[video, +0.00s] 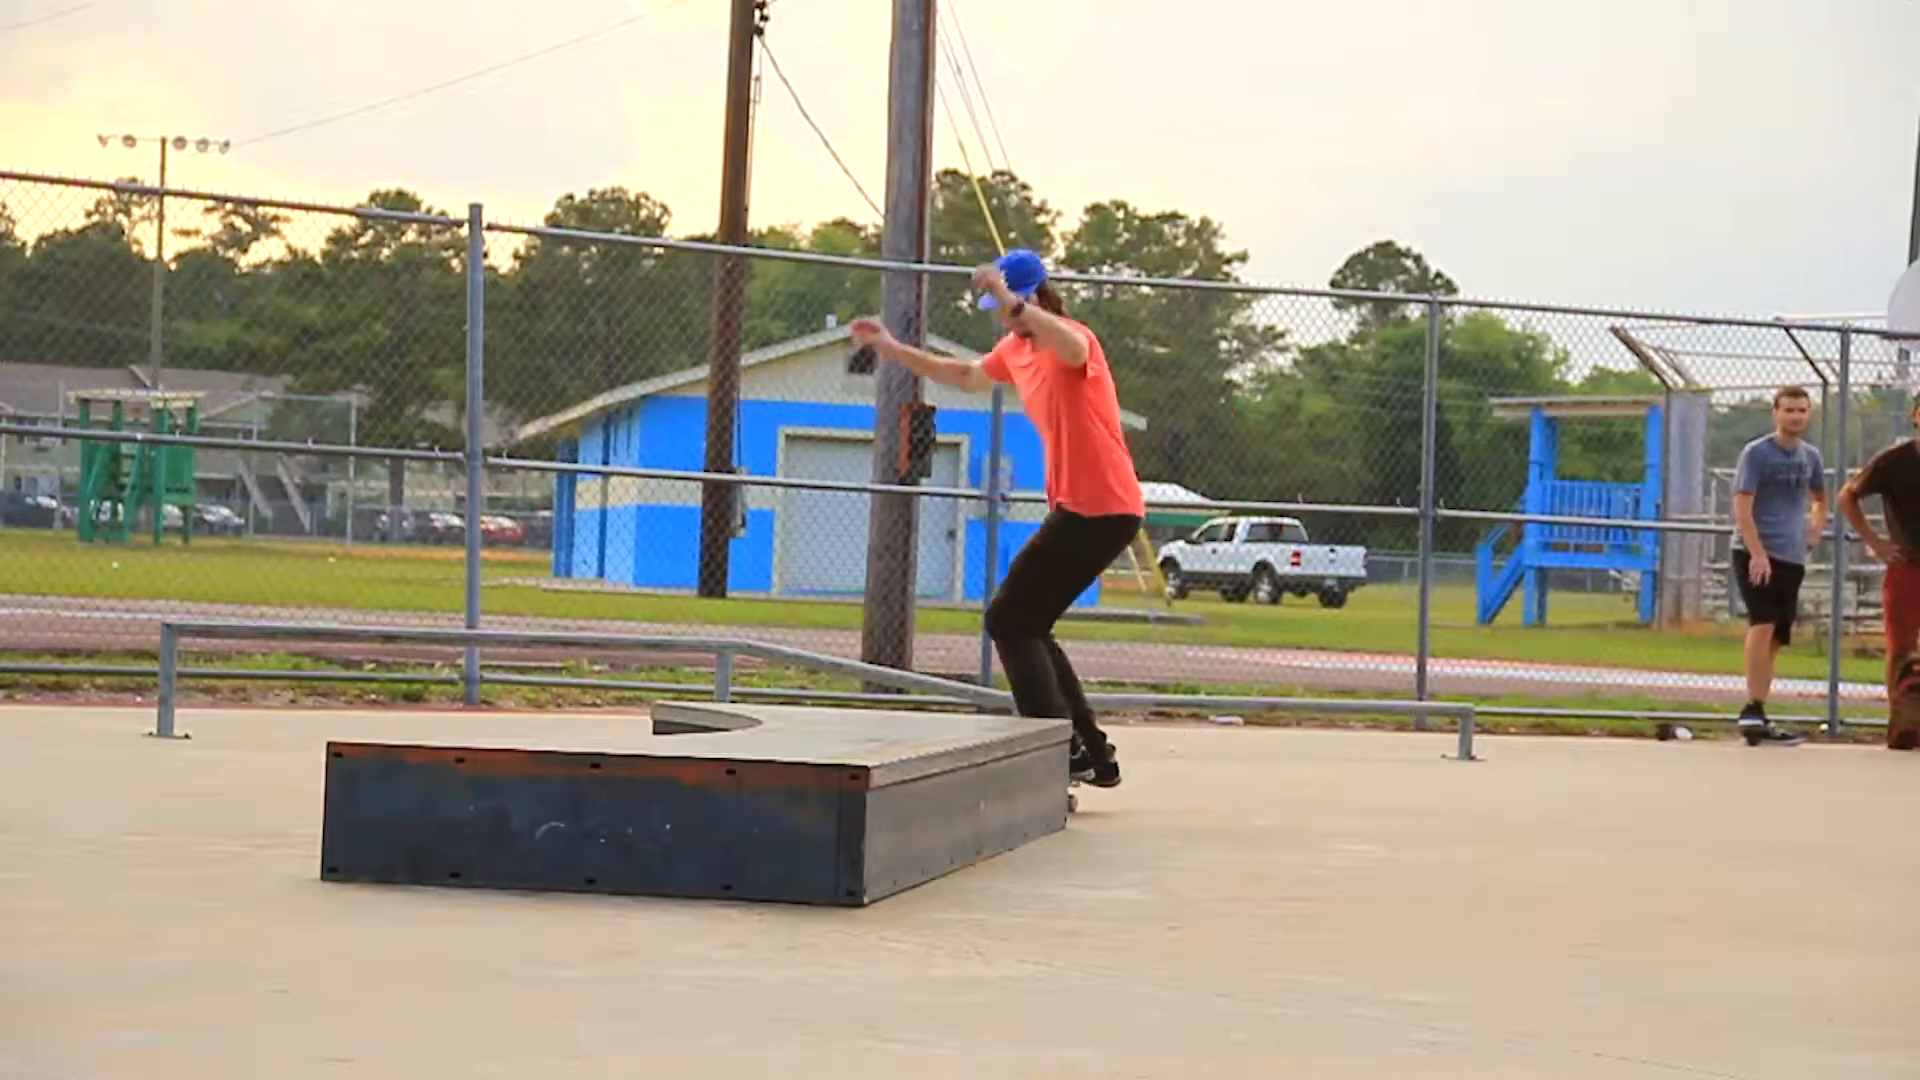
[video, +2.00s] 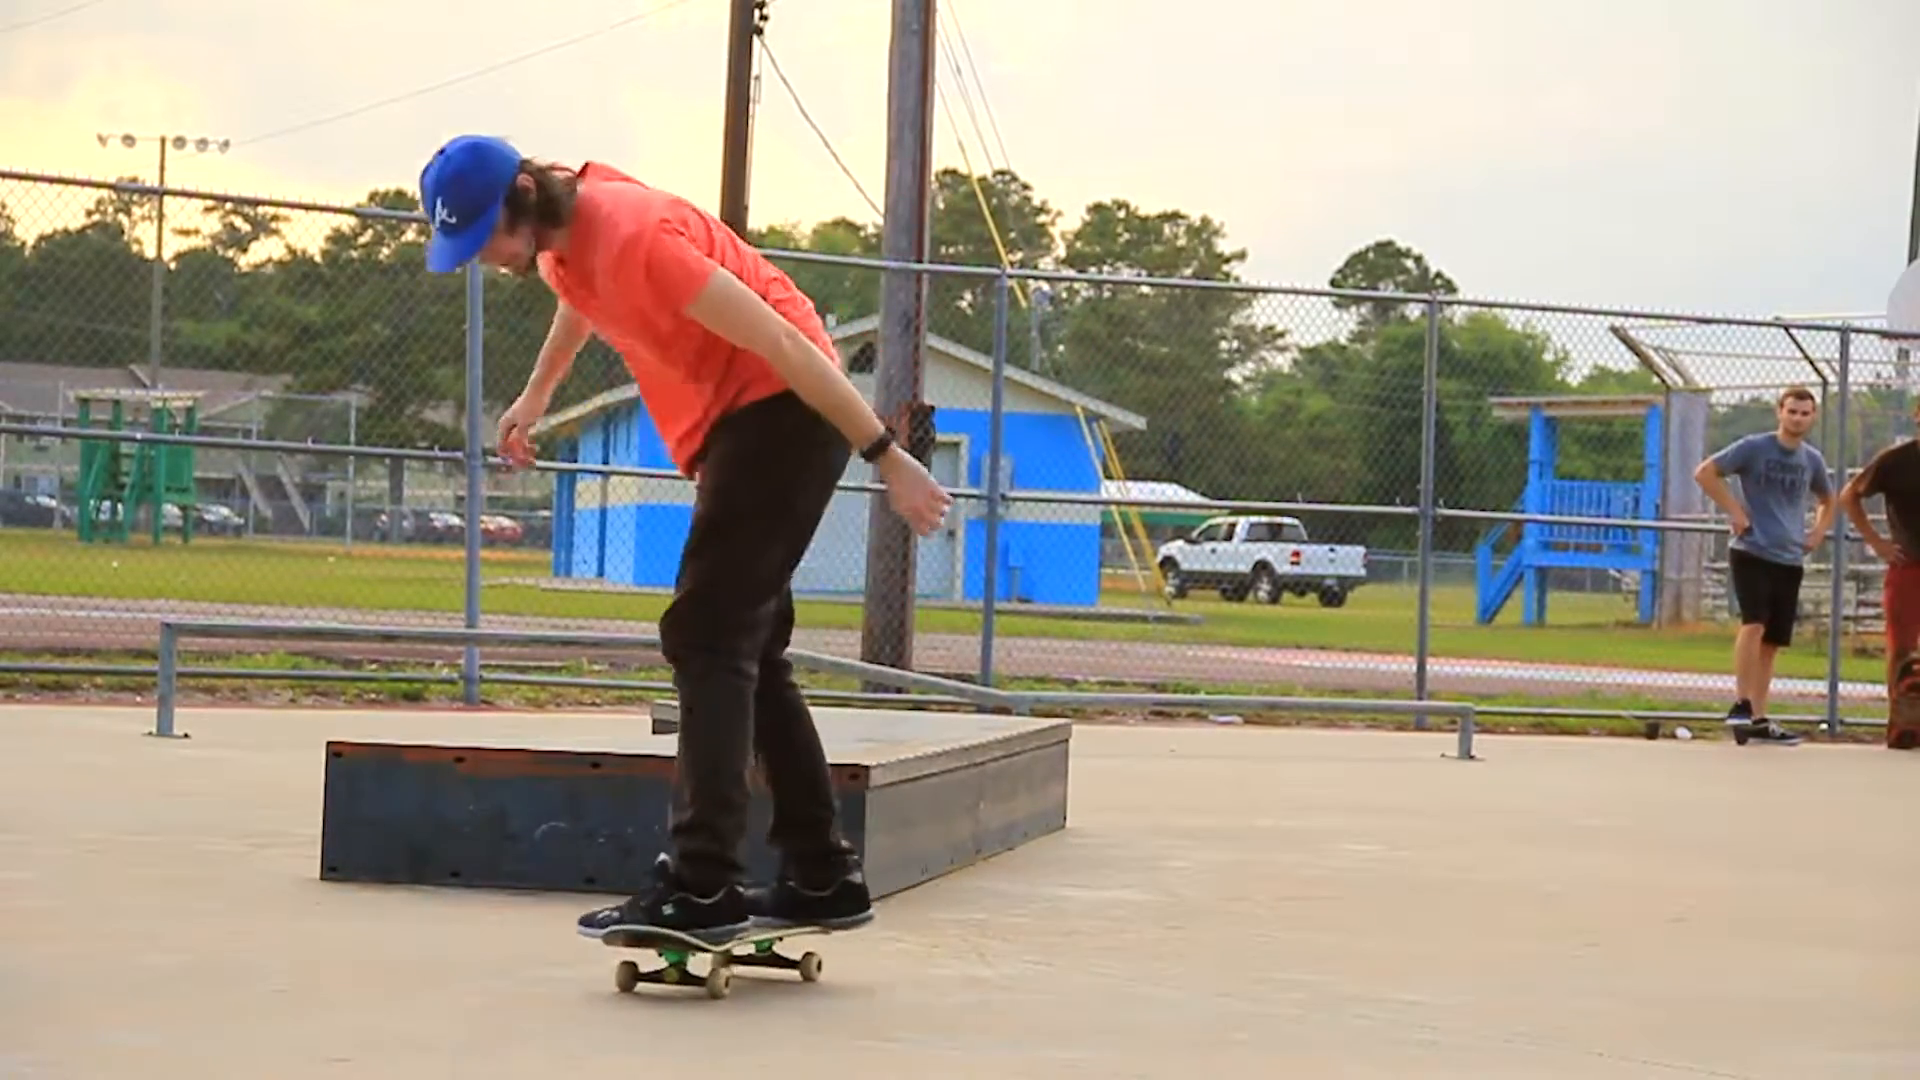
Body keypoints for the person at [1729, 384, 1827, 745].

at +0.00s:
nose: (1795, 417)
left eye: (1801, 411)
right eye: (1789, 410)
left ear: (1809, 416)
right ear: (1775, 413)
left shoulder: (1810, 456)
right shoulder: (1756, 453)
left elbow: (1820, 499)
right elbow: (1741, 505)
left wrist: (1817, 527)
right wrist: (1757, 552)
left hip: (1792, 555)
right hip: (1756, 550)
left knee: (1777, 635)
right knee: (1763, 623)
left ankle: (1758, 708)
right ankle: (1752, 707)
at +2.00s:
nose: (1799, 418)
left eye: (1806, 413)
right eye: (1793, 411)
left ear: (1813, 419)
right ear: (1780, 413)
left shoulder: (1813, 459)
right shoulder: (1755, 447)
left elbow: (1828, 500)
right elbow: (1705, 473)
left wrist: (1817, 534)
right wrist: (1736, 512)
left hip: (1789, 557)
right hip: (1752, 550)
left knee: (1771, 641)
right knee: (1754, 624)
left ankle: (1759, 717)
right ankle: (1743, 704)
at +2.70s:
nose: (1824, 422)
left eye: (1824, 416)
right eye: (1820, 415)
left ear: (1806, 419)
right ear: (1798, 417)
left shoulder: (1811, 458)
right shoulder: (1756, 447)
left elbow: (1827, 499)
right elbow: (1707, 474)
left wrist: (1817, 532)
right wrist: (1737, 513)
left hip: (1790, 557)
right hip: (1753, 551)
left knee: (1771, 641)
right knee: (1752, 624)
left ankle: (1757, 716)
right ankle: (1739, 704)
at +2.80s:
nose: (1808, 401)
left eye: (1815, 395)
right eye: (1802, 395)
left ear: (1828, 399)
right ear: (1794, 400)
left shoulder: (1848, 444)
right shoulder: (1774, 445)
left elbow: (1885, 483)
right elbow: (1761, 502)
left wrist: (1859, 515)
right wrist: (1758, 554)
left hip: (1825, 556)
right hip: (1782, 554)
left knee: (1817, 638)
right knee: (1774, 636)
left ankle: (1807, 713)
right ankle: (1770, 711)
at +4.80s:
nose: (1797, 402)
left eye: (1804, 395)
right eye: (1792, 395)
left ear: (1817, 400)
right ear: (1782, 400)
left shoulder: (1840, 443)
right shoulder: (1764, 447)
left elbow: (1883, 480)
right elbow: (1750, 504)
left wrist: (1853, 514)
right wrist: (1752, 555)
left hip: (1822, 554)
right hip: (1778, 552)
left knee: (1816, 639)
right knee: (1773, 638)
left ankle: (1807, 714)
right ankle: (1770, 712)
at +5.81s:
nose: (1807, 404)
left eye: (1814, 398)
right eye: (1801, 398)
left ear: (1824, 402)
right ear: (1791, 402)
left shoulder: (1845, 444)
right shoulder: (1769, 447)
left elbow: (1884, 480)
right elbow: (1754, 505)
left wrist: (1856, 514)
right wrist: (1754, 556)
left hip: (1826, 555)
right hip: (1781, 553)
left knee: (1817, 639)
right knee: (1775, 638)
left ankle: (1807, 714)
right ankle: (1770, 712)